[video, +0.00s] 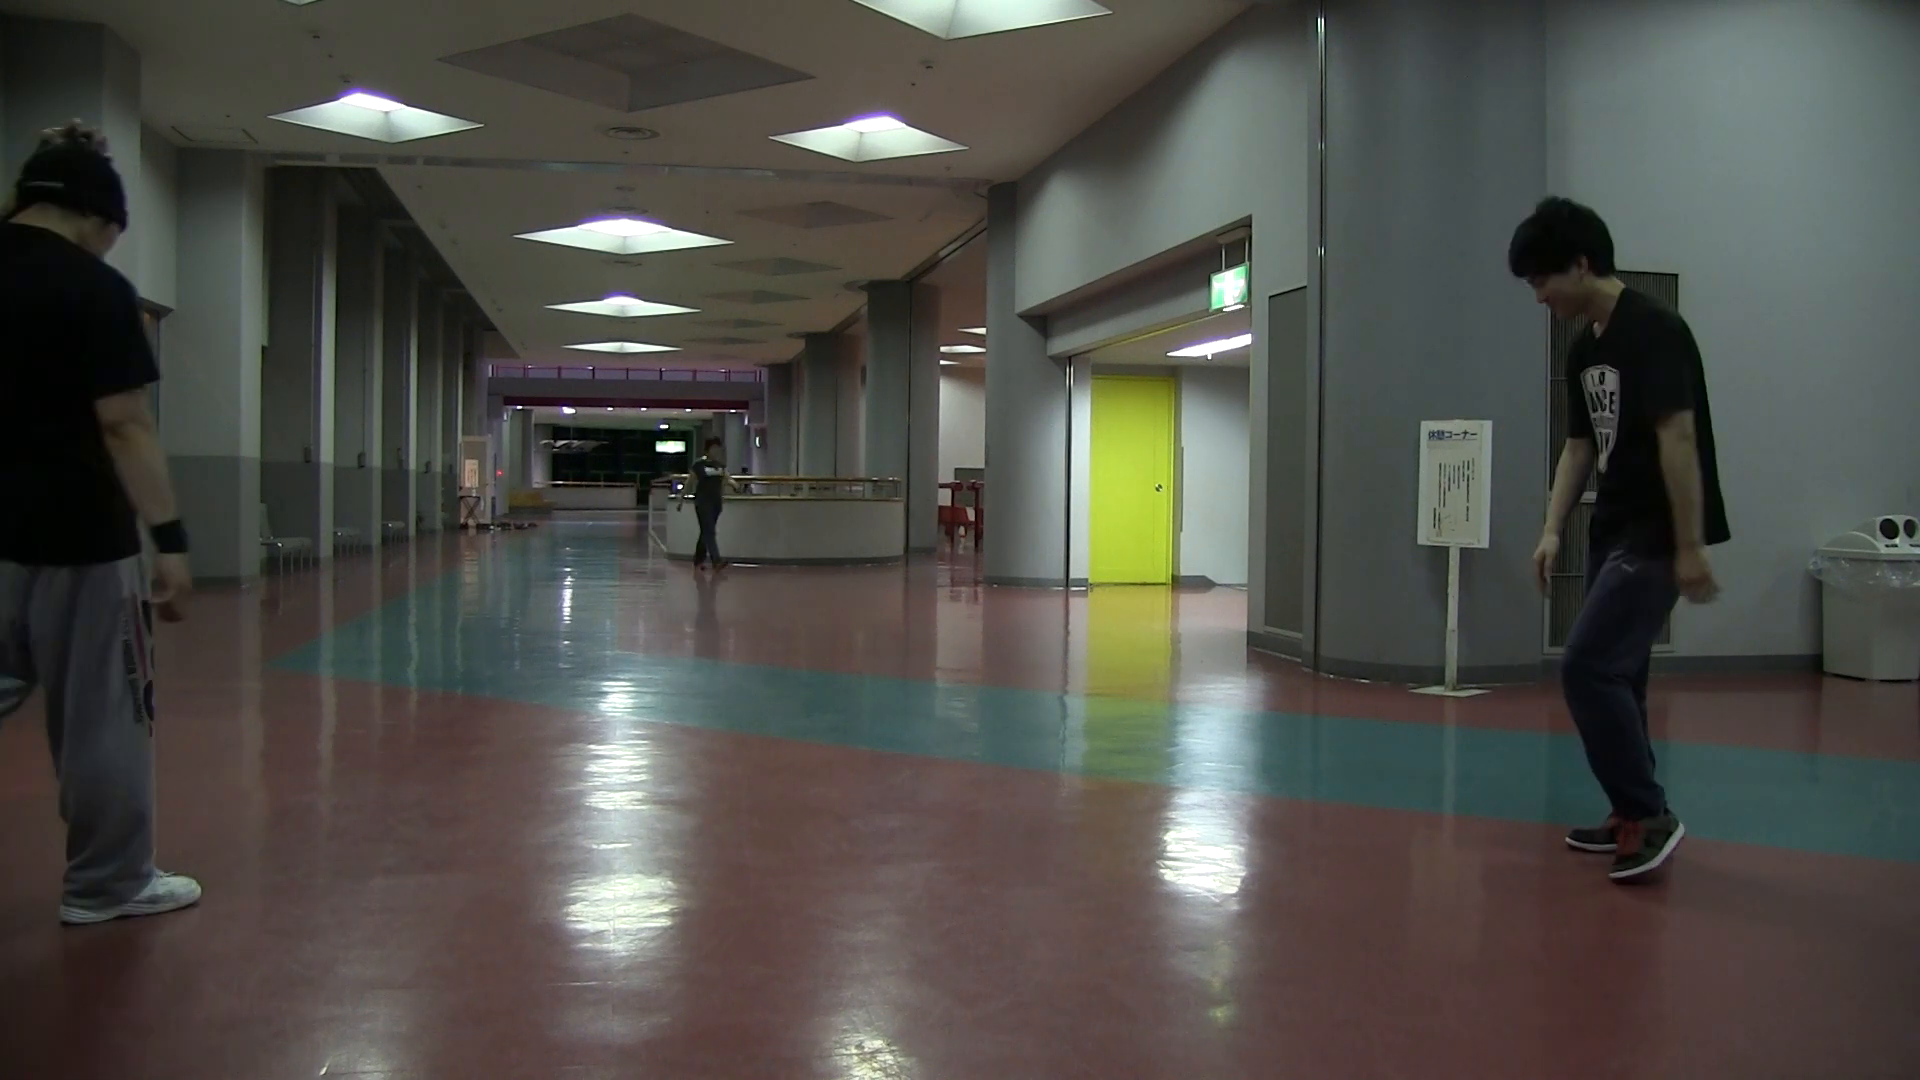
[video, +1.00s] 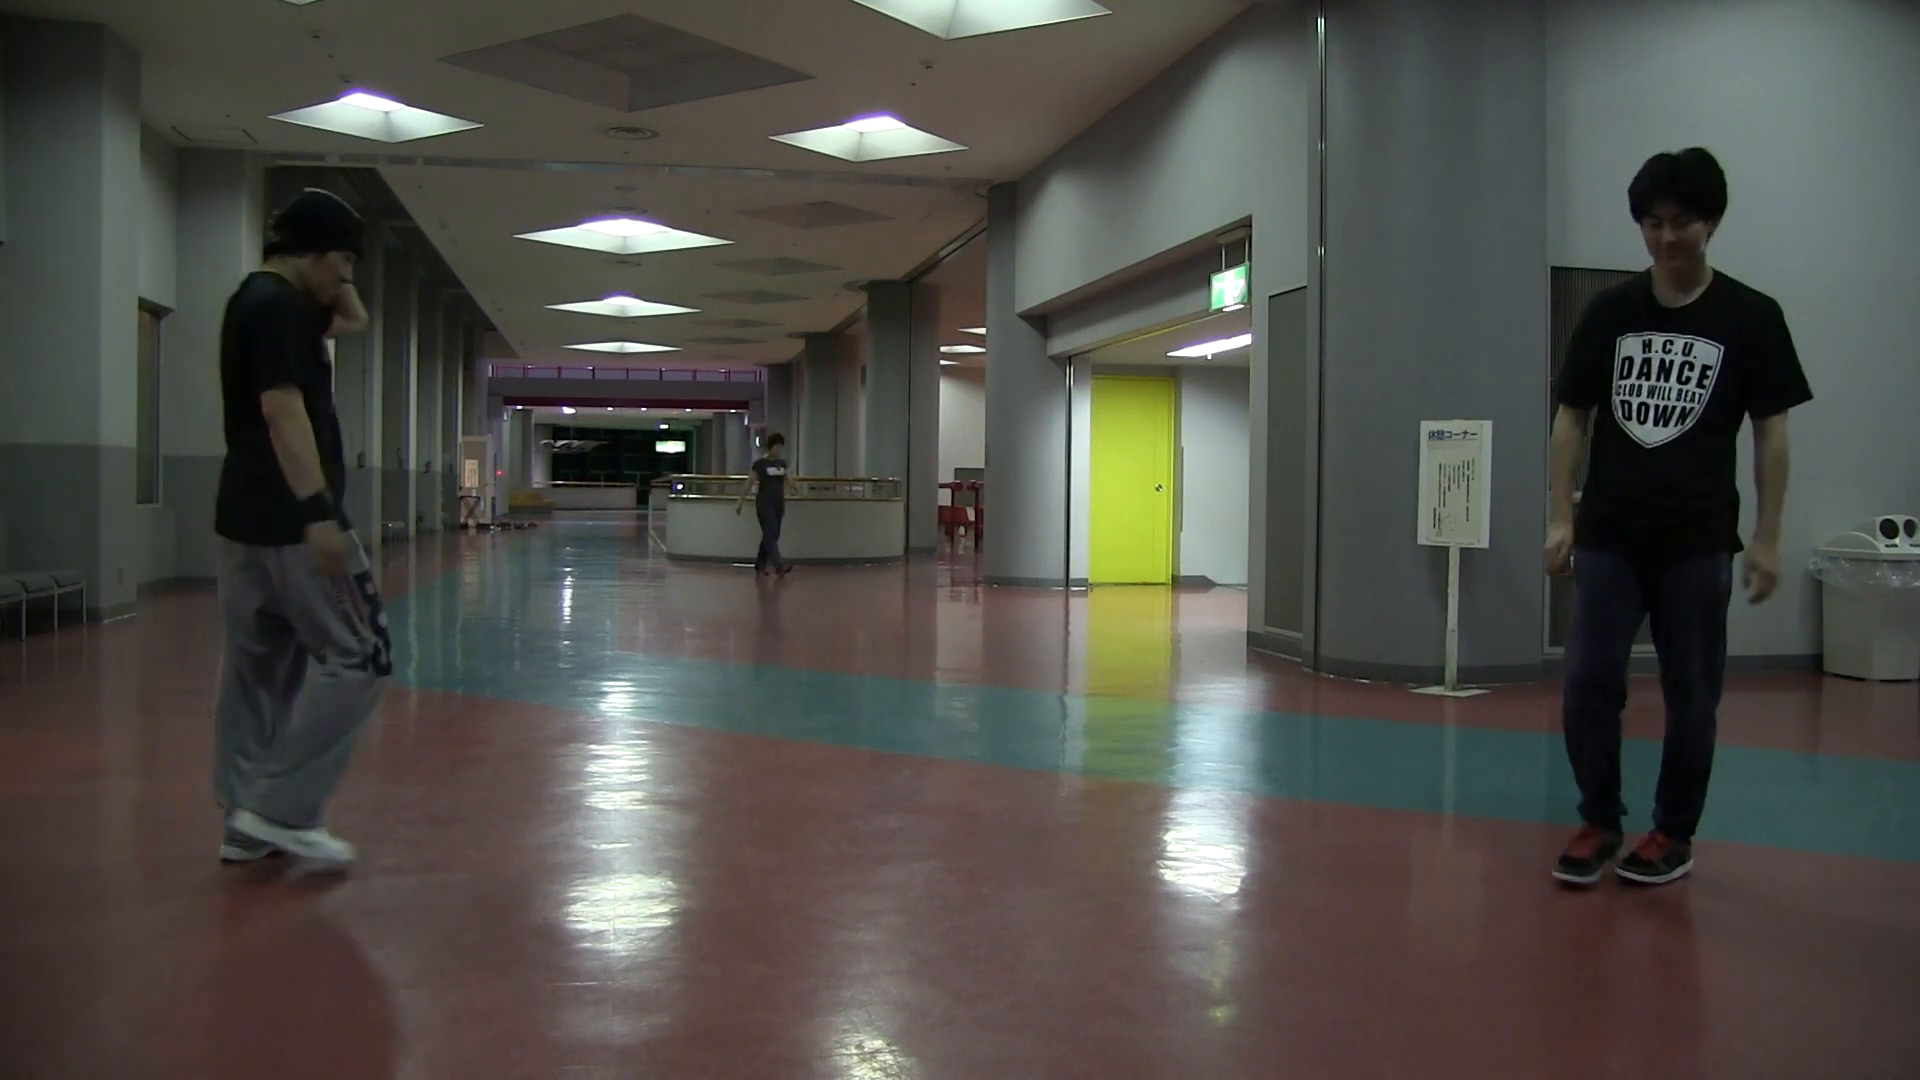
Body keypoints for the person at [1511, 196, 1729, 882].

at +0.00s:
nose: (1537, 294)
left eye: (1542, 278)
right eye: (1532, 281)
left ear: (1582, 264)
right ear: (1572, 271)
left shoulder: (1656, 329)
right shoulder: (1583, 346)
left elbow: (1677, 438)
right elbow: (1580, 443)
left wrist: (1691, 545)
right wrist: (1553, 528)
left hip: (1661, 534)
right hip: (1614, 531)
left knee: (1588, 666)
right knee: (1622, 675)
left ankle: (1649, 817)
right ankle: (1628, 816)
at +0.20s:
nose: (1560, 323)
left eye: (1565, 309)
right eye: (1554, 312)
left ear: (1602, 291)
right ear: (1564, 303)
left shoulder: (1683, 342)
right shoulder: (1575, 358)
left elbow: (1733, 453)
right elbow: (1567, 464)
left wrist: (1759, 558)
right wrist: (1570, 558)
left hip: (1677, 538)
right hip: (1610, 538)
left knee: (1623, 677)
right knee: (1592, 677)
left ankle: (1665, 833)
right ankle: (1631, 815)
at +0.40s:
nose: (1593, 294)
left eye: (1603, 279)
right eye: (1585, 281)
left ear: (1642, 264)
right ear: (1581, 274)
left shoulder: (1713, 321)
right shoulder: (1584, 341)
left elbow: (1733, 439)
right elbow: (1580, 453)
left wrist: (1726, 547)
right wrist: (1589, 554)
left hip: (1692, 538)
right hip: (1620, 539)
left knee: (1676, 678)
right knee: (1594, 678)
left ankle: (1671, 835)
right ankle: (1631, 789)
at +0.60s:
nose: (1632, 262)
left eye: (1646, 248)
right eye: (1622, 248)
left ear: (1682, 237)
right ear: (1612, 242)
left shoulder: (1738, 313)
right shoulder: (1600, 318)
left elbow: (1732, 426)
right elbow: (1587, 422)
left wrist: (1677, 513)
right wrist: (1605, 503)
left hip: (1698, 533)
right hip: (1613, 529)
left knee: (1692, 684)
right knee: (1597, 675)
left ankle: (1676, 834)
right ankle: (1616, 767)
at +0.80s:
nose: (1662, 265)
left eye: (1677, 252)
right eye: (1650, 251)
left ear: (1707, 244)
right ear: (1637, 244)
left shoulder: (1750, 326)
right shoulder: (1612, 317)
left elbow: (1742, 434)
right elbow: (1583, 417)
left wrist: (1688, 513)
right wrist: (1595, 490)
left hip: (1695, 539)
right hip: (1611, 533)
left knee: (1689, 689)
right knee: (1586, 679)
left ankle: (1675, 836)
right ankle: (1600, 785)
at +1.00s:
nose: (1670, 237)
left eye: (1685, 222)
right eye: (1656, 223)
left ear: (1711, 223)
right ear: (1640, 226)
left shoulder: (1752, 317)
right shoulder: (1610, 309)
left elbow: (1771, 432)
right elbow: (1572, 415)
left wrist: (1766, 539)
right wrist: (1560, 516)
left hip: (1696, 539)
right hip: (1608, 533)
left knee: (1692, 693)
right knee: (1587, 682)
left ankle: (1672, 835)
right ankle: (1599, 825)